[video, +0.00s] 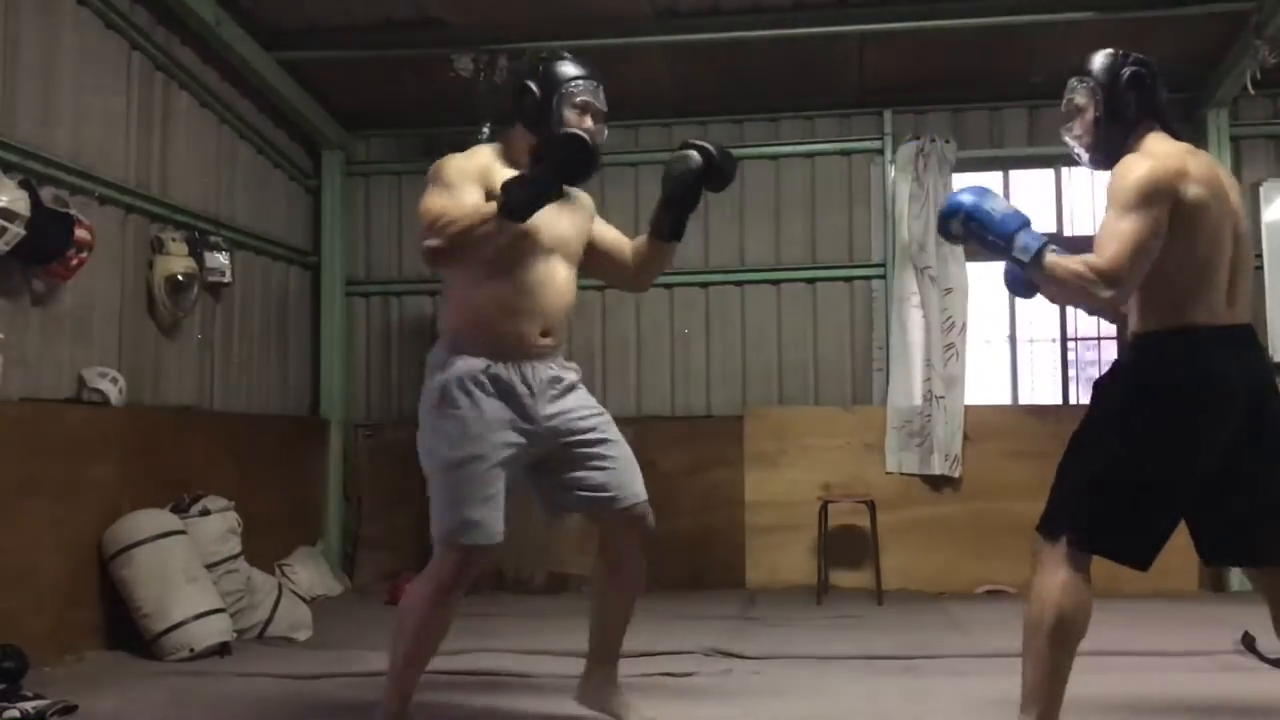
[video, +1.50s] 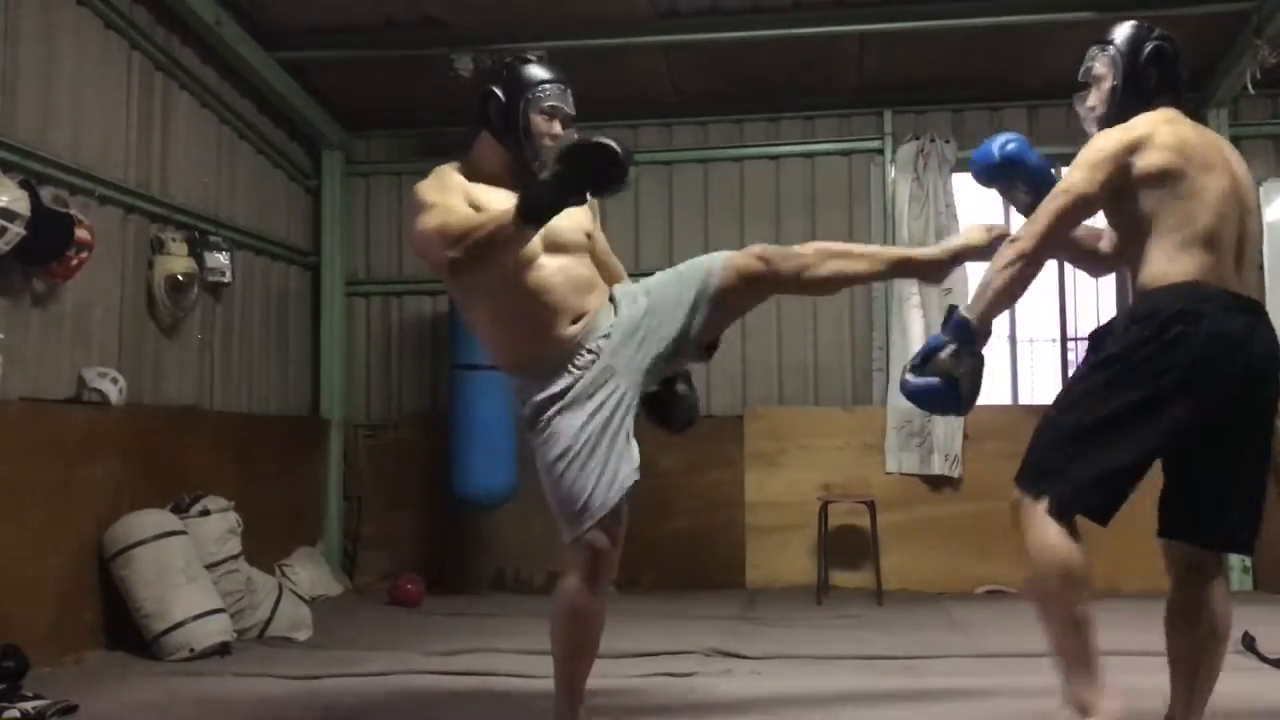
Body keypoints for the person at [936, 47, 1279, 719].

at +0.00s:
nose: (1069, 129)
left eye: (1075, 112)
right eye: (1067, 114)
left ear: (1114, 107)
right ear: (1142, 107)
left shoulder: (1146, 169)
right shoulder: (1217, 176)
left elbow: (1106, 283)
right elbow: (1144, 295)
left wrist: (1016, 235)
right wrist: (1044, 273)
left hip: (1162, 381)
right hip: (1245, 379)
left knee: (1063, 546)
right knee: (1270, 564)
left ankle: (1037, 711)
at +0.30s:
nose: (1048, 132)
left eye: (1056, 115)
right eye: (1046, 116)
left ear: (1095, 112)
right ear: (1124, 114)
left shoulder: (1117, 173)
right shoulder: (1193, 182)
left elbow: (1036, 271)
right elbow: (1153, 319)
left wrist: (967, 209)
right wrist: (1074, 282)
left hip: (1143, 386)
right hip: (1224, 384)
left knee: (1036, 546)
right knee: (1249, 561)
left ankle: (1028, 714)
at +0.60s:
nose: (1051, 134)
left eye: (1063, 118)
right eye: (1050, 120)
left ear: (1111, 119)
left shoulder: (1167, 177)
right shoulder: (1119, 211)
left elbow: (1153, 292)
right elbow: (1067, 305)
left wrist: (1047, 242)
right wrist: (1023, 244)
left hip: (1171, 388)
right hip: (1196, 392)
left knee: (1045, 543)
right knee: (1235, 576)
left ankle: (1032, 714)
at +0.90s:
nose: (1046, 131)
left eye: (1059, 114)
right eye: (1044, 117)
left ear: (1108, 115)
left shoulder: (1158, 182)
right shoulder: (1114, 209)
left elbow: (1118, 300)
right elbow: (1065, 312)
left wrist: (1030, 238)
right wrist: (1008, 248)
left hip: (1171, 393)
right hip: (1207, 396)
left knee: (1049, 550)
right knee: (1237, 574)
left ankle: (1034, 711)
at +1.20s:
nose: (1021, 123)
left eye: (1029, 106)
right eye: (1021, 108)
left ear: (1069, 103)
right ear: (1099, 106)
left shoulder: (1097, 162)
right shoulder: (1154, 175)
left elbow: (1004, 244)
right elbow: (1146, 300)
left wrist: (957, 175)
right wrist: (1053, 296)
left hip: (1128, 374)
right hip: (1197, 378)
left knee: (1030, 545)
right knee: (1196, 565)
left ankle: (1028, 712)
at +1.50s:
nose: (1083, 96)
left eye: (1095, 81)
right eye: (1084, 81)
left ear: (1136, 83)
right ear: (1166, 87)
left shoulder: (1124, 138)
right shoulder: (1227, 159)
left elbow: (1024, 249)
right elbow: (1110, 253)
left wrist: (964, 335)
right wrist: (1040, 200)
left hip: (1168, 326)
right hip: (1252, 345)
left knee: (1042, 499)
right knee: (1197, 555)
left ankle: (1085, 694)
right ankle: (1186, 713)